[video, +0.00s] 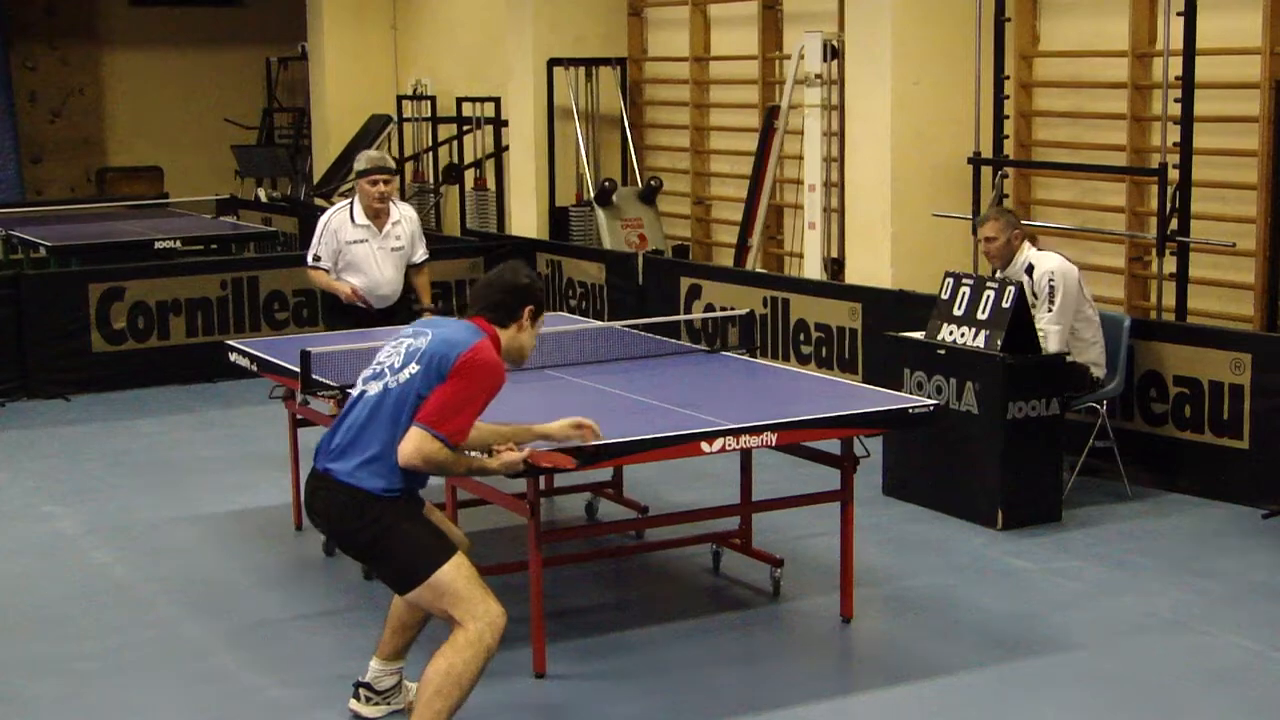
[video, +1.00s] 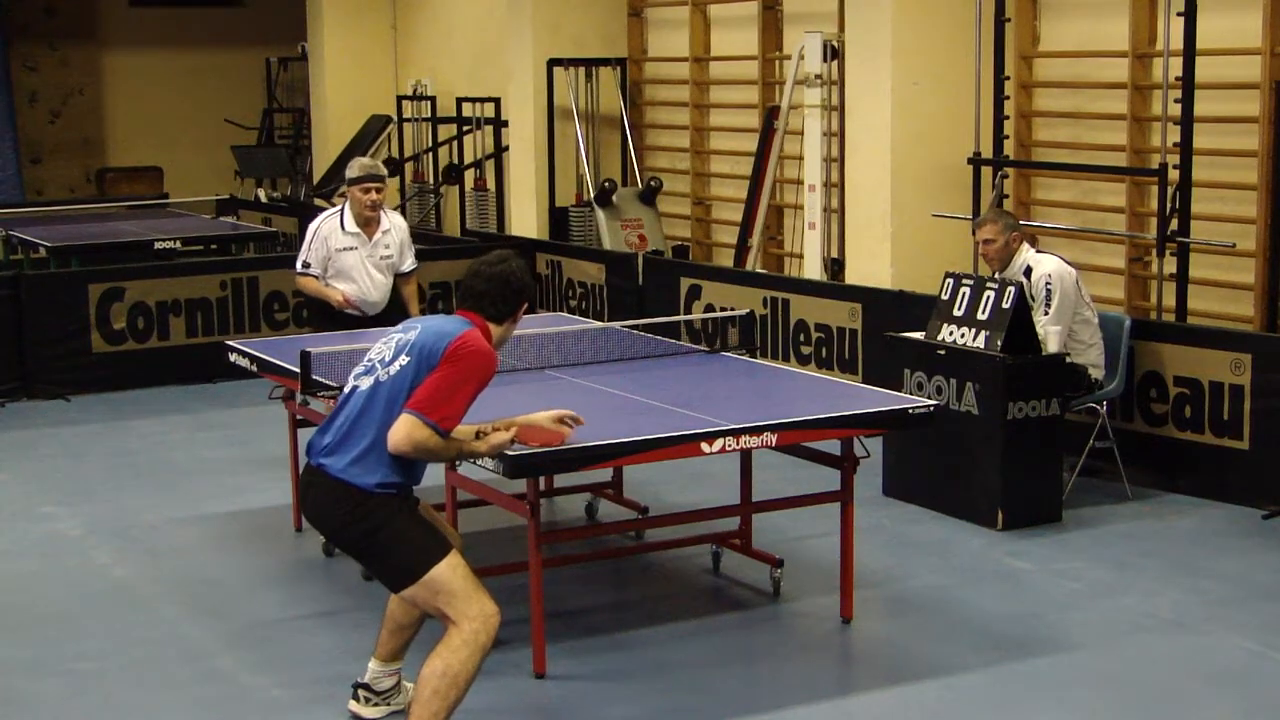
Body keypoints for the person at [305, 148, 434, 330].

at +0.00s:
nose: (382, 190)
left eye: (387, 182)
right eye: (373, 183)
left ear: (395, 184)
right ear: (357, 185)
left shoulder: (407, 216)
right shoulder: (334, 220)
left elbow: (418, 267)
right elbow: (314, 270)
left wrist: (427, 309)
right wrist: (338, 288)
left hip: (395, 311)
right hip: (349, 314)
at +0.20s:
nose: (380, 191)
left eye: (386, 184)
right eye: (372, 184)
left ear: (393, 185)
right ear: (356, 185)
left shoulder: (407, 217)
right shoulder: (332, 222)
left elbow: (418, 268)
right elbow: (314, 271)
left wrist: (425, 310)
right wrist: (337, 289)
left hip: (397, 311)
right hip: (349, 315)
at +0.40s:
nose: (380, 191)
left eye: (385, 184)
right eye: (371, 185)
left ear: (392, 185)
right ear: (355, 186)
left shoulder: (406, 217)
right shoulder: (332, 222)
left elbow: (417, 268)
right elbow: (313, 272)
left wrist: (425, 311)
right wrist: (337, 289)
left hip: (395, 311)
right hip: (348, 314)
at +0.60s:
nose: (379, 192)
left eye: (384, 185)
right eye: (370, 185)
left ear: (391, 186)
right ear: (353, 186)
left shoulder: (404, 218)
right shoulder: (330, 223)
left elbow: (415, 270)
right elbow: (311, 272)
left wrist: (423, 311)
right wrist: (335, 290)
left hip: (393, 313)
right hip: (345, 316)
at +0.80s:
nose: (376, 195)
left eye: (381, 187)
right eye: (367, 188)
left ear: (388, 188)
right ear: (350, 188)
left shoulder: (400, 221)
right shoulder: (327, 224)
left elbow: (411, 274)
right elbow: (306, 274)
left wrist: (421, 317)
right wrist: (332, 292)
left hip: (386, 316)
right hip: (341, 318)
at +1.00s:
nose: (374, 198)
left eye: (379, 191)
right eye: (365, 191)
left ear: (385, 191)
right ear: (348, 192)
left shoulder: (397, 225)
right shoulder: (324, 228)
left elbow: (407, 277)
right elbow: (303, 278)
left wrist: (416, 319)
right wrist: (331, 295)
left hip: (383, 318)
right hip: (337, 320)